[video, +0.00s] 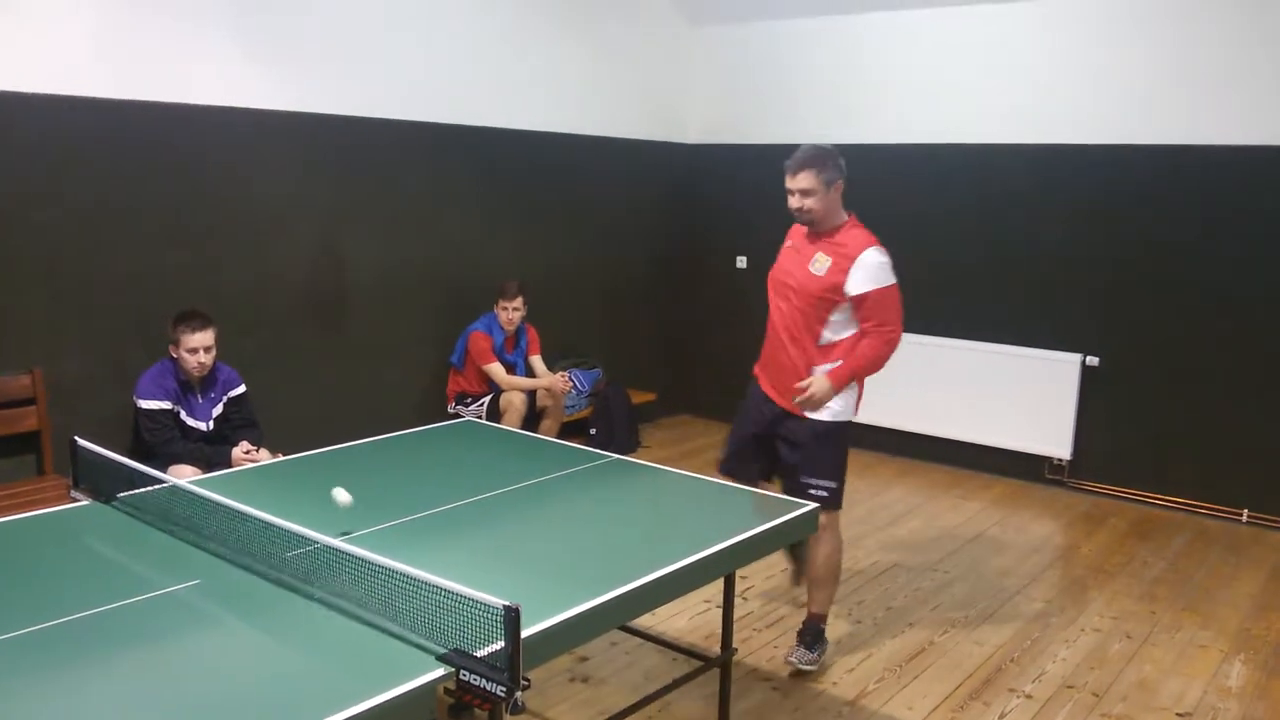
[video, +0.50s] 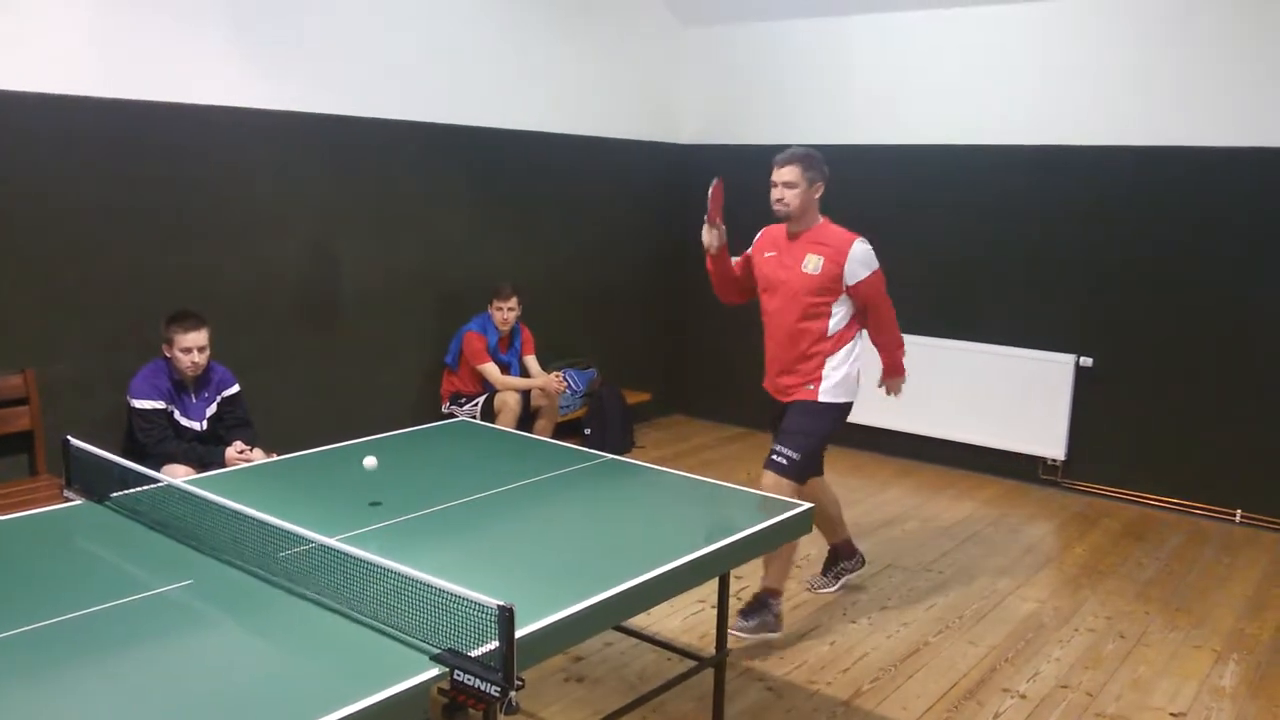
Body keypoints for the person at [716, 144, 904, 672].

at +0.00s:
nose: (796, 203)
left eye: (806, 194)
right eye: (791, 193)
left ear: (838, 190)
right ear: (789, 191)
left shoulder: (866, 255)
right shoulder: (798, 234)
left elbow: (885, 333)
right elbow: (797, 307)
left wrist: (834, 379)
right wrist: (775, 363)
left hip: (820, 412)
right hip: (766, 392)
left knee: (818, 518)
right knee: (734, 477)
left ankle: (813, 629)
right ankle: (790, 534)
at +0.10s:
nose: (799, 204)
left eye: (810, 195)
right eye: (794, 194)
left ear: (839, 193)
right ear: (791, 193)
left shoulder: (868, 253)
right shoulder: (783, 245)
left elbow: (901, 321)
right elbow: (763, 313)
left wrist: (862, 374)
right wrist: (729, 370)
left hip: (828, 409)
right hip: (779, 399)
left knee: (820, 515)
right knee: (777, 494)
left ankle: (811, 628)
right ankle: (838, 547)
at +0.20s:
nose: (791, 213)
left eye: (801, 205)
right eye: (787, 205)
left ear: (832, 205)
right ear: (785, 205)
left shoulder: (860, 264)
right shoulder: (776, 256)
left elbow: (903, 329)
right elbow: (740, 295)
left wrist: (889, 386)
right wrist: (697, 313)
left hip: (835, 408)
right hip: (787, 403)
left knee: (806, 506)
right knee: (810, 493)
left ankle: (805, 626)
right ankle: (848, 557)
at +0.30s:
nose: (784, 214)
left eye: (795, 207)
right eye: (780, 206)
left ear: (823, 208)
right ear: (779, 206)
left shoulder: (854, 267)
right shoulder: (773, 256)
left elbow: (897, 338)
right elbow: (736, 283)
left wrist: (907, 407)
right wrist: (704, 266)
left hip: (832, 406)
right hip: (787, 402)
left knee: (797, 499)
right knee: (805, 492)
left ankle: (797, 621)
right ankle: (848, 560)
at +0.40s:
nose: (782, 201)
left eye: (792, 193)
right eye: (778, 193)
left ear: (820, 195)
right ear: (775, 196)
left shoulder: (851, 255)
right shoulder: (770, 244)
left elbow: (882, 325)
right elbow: (728, 282)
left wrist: (902, 383)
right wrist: (712, 247)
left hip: (827, 396)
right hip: (783, 391)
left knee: (786, 491)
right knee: (806, 482)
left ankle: (781, 606)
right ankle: (844, 556)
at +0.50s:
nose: (778, 194)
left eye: (788, 186)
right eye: (774, 186)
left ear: (817, 189)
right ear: (772, 190)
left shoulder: (848, 248)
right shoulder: (766, 241)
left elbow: (879, 311)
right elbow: (734, 290)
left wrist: (893, 366)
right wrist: (717, 255)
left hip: (825, 387)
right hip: (783, 385)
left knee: (776, 481)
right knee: (808, 479)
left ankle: (769, 600)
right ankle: (844, 552)